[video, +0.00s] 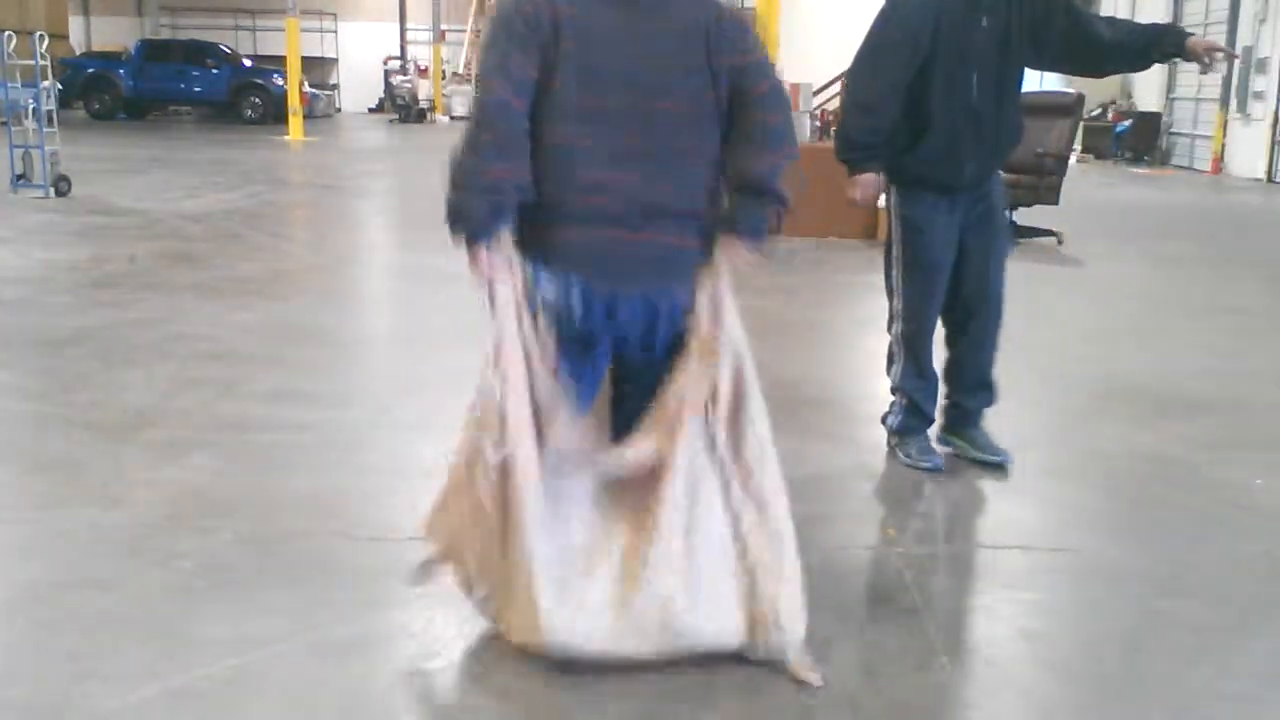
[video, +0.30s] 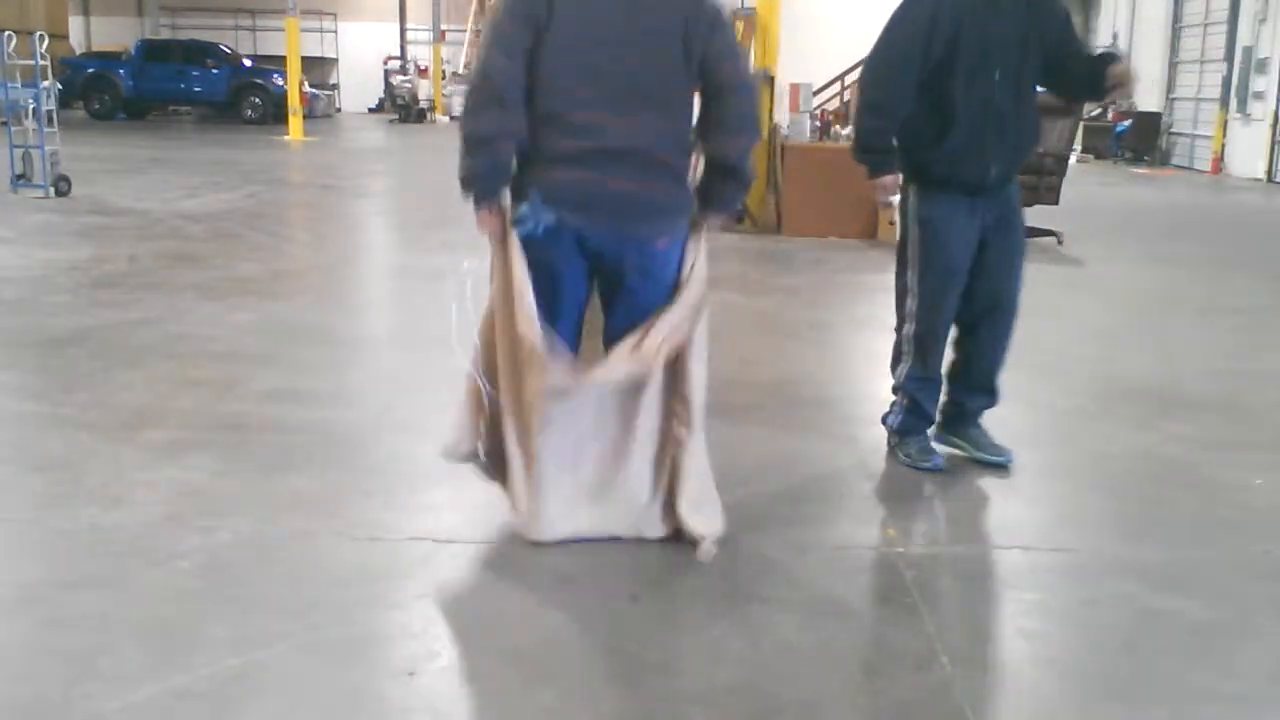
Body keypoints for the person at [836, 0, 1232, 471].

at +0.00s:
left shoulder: (1024, 10)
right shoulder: (922, 8)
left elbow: (1089, 39)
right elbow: (877, 67)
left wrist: (1177, 42)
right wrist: (864, 157)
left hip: (980, 174)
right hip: (921, 174)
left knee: (979, 306)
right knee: (916, 310)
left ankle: (962, 422)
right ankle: (907, 427)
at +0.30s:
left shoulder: (1039, 9)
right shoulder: (933, 8)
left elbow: (1062, 65)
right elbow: (885, 72)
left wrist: (1103, 75)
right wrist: (880, 158)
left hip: (1000, 183)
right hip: (939, 180)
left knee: (995, 308)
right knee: (928, 311)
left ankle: (961, 420)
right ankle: (908, 426)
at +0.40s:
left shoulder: (1047, 14)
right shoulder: (949, 8)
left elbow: (1039, 84)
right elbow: (902, 71)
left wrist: (1075, 98)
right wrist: (909, 162)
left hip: (1011, 187)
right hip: (952, 185)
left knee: (1017, 312)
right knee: (935, 315)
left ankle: (997, 425)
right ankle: (908, 428)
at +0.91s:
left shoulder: (1125, 12)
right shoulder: (1091, 9)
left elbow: (1106, 80)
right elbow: (1066, 80)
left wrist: (1146, 104)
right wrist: (1135, 123)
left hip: (1100, 174)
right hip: (1064, 170)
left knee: (1104, 314)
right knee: (1070, 310)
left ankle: (1074, 438)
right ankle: (973, 410)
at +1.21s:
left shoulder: (1177, 16)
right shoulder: (1164, 13)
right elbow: (1129, 80)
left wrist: (1194, 111)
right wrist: (1186, 123)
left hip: (1128, 171)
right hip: (1120, 172)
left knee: (1112, 314)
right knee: (1143, 316)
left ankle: (1073, 438)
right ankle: (1178, 473)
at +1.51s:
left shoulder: (1244, 16)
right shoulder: (1246, 17)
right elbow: (1222, 91)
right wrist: (1265, 155)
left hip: (1210, 183)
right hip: (1212, 185)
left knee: (1191, 327)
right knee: (1244, 340)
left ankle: (1094, 422)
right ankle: (1227, 483)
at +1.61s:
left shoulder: (1255, 16)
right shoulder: (1255, 15)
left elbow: (1237, 98)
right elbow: (1242, 99)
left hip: (1247, 191)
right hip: (1236, 190)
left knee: (1235, 337)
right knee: (1250, 340)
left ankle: (1135, 408)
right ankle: (1228, 483)